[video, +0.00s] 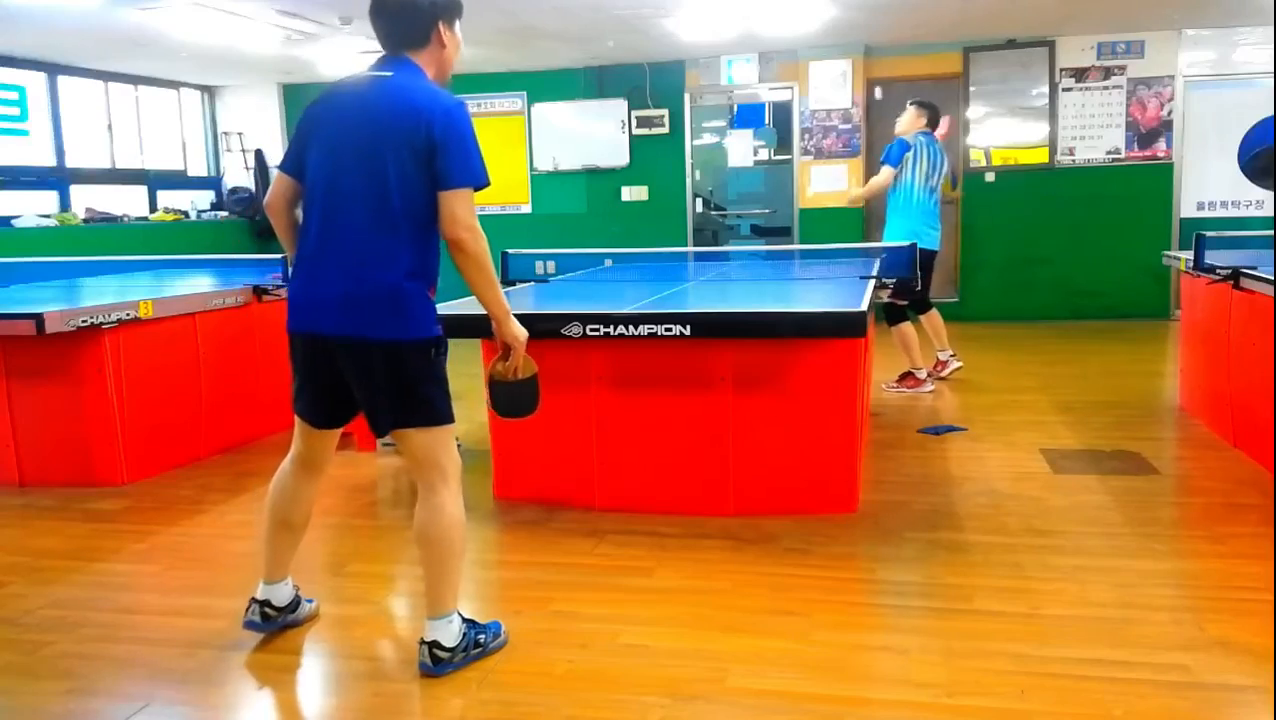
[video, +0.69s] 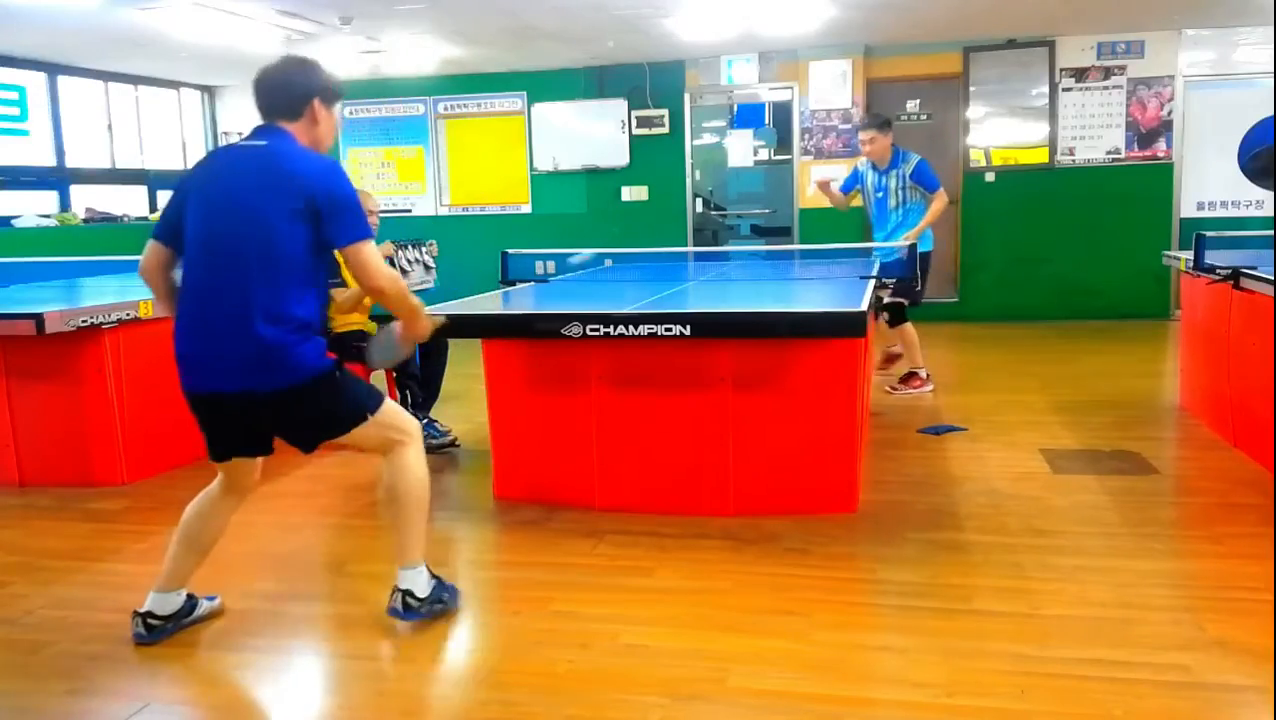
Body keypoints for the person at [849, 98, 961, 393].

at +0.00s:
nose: (897, 119)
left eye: (904, 114)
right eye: (900, 114)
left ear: (921, 120)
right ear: (927, 123)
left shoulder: (902, 144)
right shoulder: (941, 153)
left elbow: (883, 180)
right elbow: (944, 191)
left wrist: (860, 194)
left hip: (904, 238)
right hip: (928, 239)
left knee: (894, 307)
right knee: (919, 300)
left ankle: (918, 375)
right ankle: (946, 356)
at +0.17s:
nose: (884, 137)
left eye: (888, 130)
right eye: (885, 130)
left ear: (904, 131)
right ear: (914, 133)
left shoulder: (894, 155)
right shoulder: (937, 157)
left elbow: (883, 188)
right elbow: (960, 191)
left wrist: (866, 215)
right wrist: (932, 193)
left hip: (909, 245)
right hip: (936, 245)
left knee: (886, 312)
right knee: (917, 303)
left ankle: (917, 375)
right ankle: (946, 357)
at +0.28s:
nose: (874, 159)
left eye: (875, 151)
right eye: (873, 152)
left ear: (892, 144)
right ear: (902, 145)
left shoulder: (891, 166)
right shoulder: (930, 162)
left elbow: (887, 198)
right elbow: (955, 192)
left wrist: (880, 230)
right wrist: (928, 208)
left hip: (914, 253)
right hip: (939, 252)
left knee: (881, 313)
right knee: (912, 305)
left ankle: (916, 374)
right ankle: (946, 356)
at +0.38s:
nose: (861, 181)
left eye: (862, 173)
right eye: (857, 177)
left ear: (880, 163)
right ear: (882, 165)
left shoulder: (896, 181)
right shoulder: (905, 177)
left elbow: (919, 210)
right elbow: (906, 213)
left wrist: (905, 245)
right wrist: (877, 218)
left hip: (929, 261)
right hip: (938, 260)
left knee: (883, 318)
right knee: (907, 314)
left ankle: (917, 375)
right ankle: (947, 358)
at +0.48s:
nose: (860, 171)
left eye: (862, 163)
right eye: (856, 166)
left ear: (881, 155)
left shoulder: (907, 175)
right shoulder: (883, 190)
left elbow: (941, 204)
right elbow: (875, 224)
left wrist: (916, 239)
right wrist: (852, 215)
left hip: (930, 259)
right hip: (912, 258)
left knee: (887, 313)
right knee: (900, 314)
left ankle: (917, 374)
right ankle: (944, 355)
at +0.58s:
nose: (865, 157)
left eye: (869, 150)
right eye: (861, 152)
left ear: (888, 145)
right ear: (861, 153)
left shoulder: (915, 169)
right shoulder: (871, 175)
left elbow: (949, 202)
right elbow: (853, 207)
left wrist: (923, 234)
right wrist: (835, 198)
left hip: (919, 253)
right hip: (891, 252)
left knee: (890, 309)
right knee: (878, 311)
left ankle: (918, 373)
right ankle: (929, 345)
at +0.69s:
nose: (864, 149)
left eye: (870, 141)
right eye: (861, 143)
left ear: (888, 138)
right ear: (859, 143)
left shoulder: (912, 164)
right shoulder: (863, 168)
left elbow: (941, 198)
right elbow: (843, 202)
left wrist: (917, 231)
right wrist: (828, 191)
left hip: (911, 248)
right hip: (882, 249)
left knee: (894, 308)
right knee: (876, 303)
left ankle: (919, 373)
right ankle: (894, 346)